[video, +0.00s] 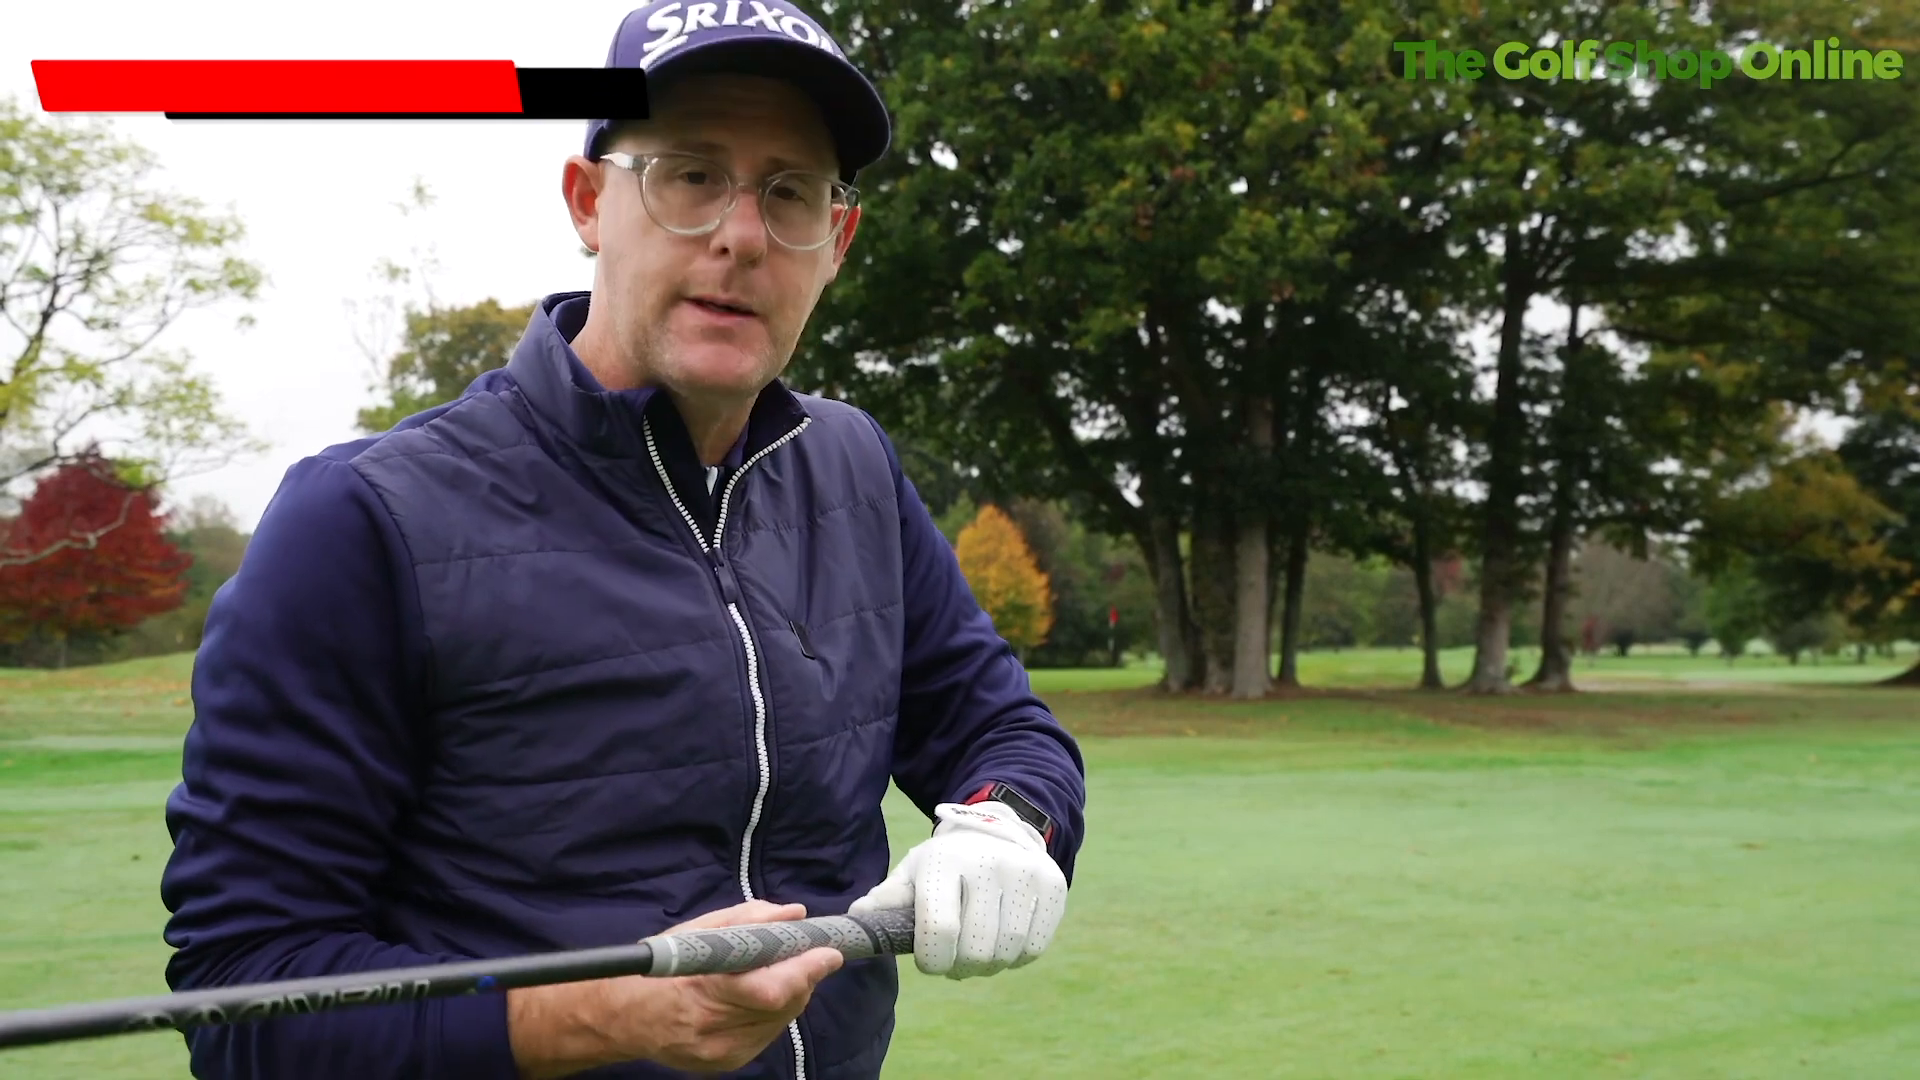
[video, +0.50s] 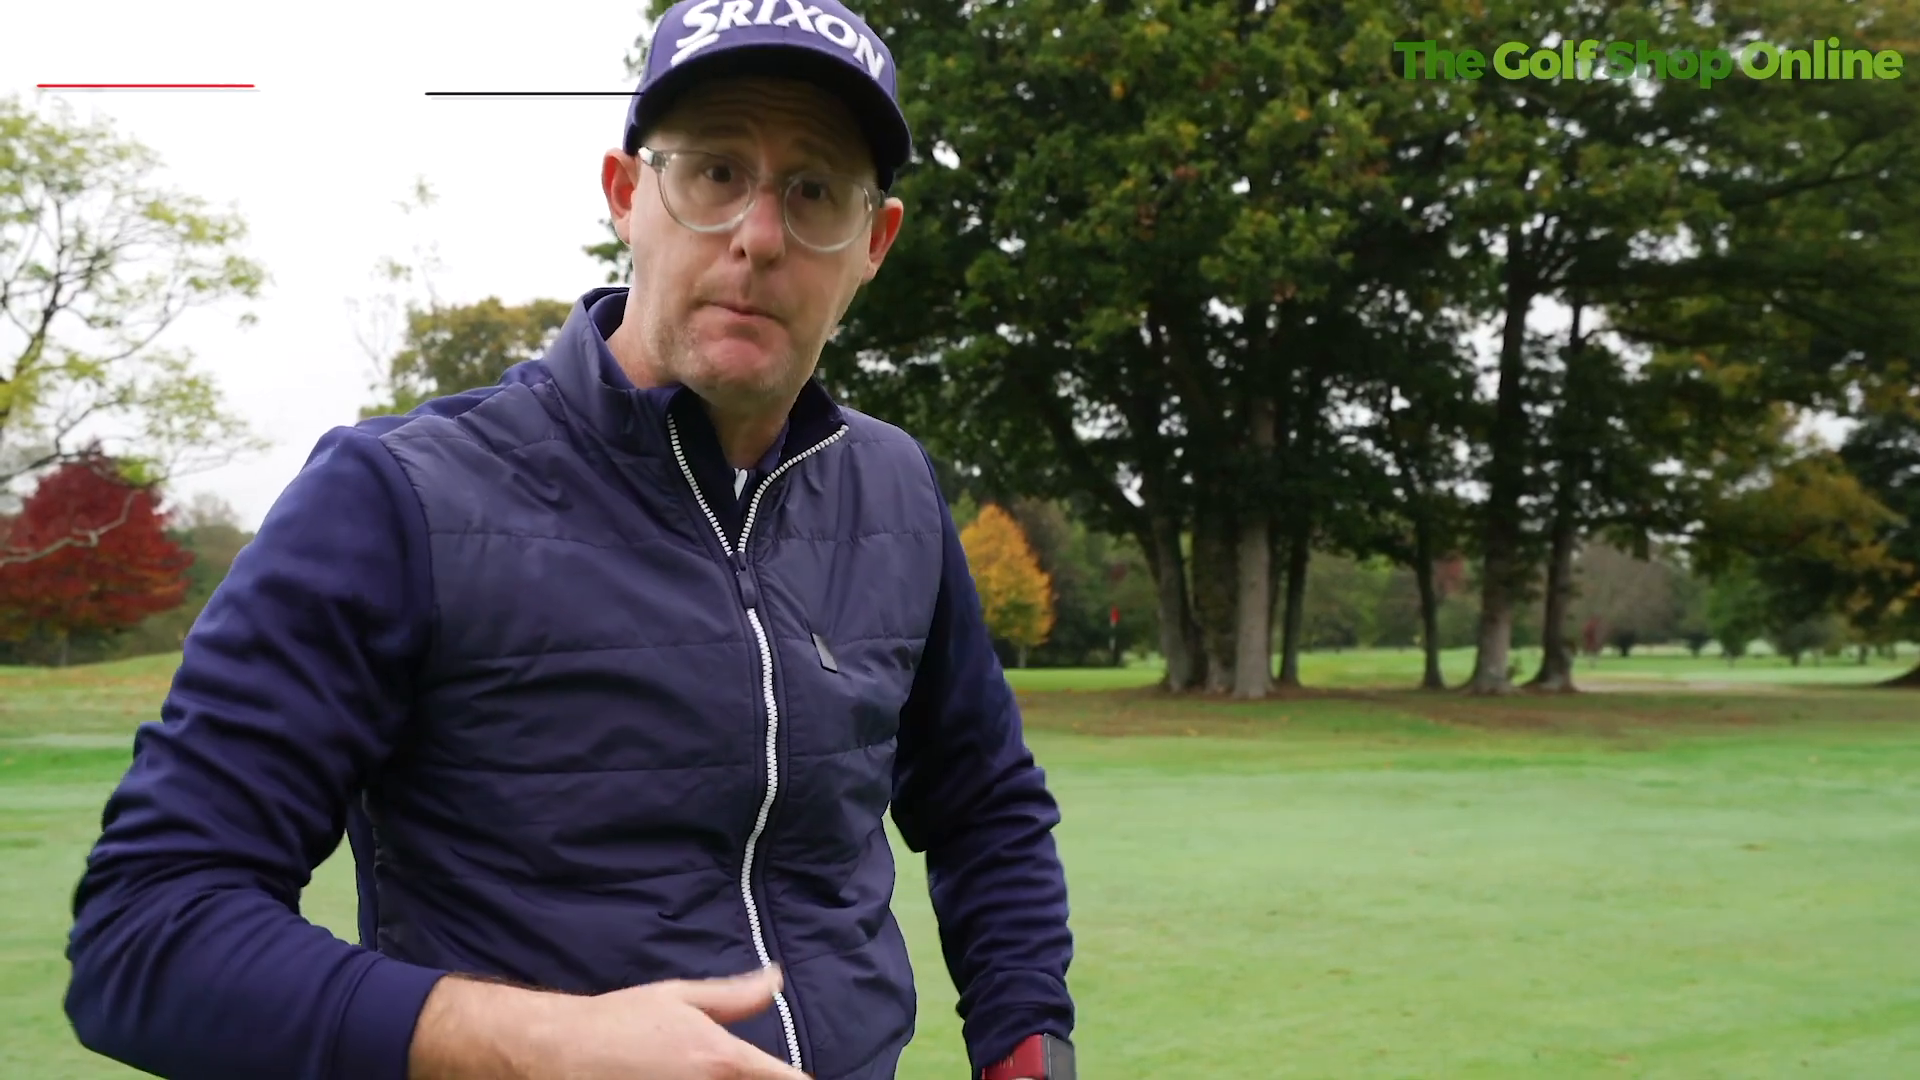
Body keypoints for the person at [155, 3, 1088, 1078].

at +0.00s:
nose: (739, 233)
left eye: (786, 189)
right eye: (692, 174)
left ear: (836, 244)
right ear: (588, 203)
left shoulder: (854, 477)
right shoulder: (370, 522)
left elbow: (1003, 729)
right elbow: (244, 997)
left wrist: (999, 824)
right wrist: (600, 1018)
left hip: (817, 1058)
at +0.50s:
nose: (757, 234)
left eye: (812, 190)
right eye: (717, 171)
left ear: (872, 247)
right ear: (624, 195)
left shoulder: (890, 494)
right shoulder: (405, 496)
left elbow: (989, 812)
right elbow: (146, 930)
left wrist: (1024, 1052)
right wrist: (532, 1037)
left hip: (853, 1061)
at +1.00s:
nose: (721, 291)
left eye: (782, 240)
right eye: (683, 216)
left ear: (857, 266)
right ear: (600, 200)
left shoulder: (893, 434)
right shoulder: (415, 484)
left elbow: (970, 690)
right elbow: (343, 979)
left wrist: (1004, 933)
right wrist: (717, 923)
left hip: (851, 1054)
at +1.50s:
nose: (784, 235)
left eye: (837, 181)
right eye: (738, 161)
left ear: (887, 224)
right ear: (631, 169)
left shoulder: (898, 473)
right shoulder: (402, 513)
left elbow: (839, 821)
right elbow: (259, 968)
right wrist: (564, 1061)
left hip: (859, 1056)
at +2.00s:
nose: (767, 200)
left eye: (811, 154)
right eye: (712, 139)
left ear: (863, 200)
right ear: (608, 170)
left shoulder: (882, 472)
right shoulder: (402, 506)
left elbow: (820, 840)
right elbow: (274, 966)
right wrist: (561, 1060)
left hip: (838, 1056)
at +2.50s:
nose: (743, 220)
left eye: (790, 172)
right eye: (695, 155)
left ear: (832, 213)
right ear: (587, 168)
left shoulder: (854, 443)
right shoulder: (401, 459)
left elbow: (915, 742)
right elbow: (159, 867)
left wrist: (952, 993)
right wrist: (620, 968)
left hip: (831, 1056)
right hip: (525, 1054)